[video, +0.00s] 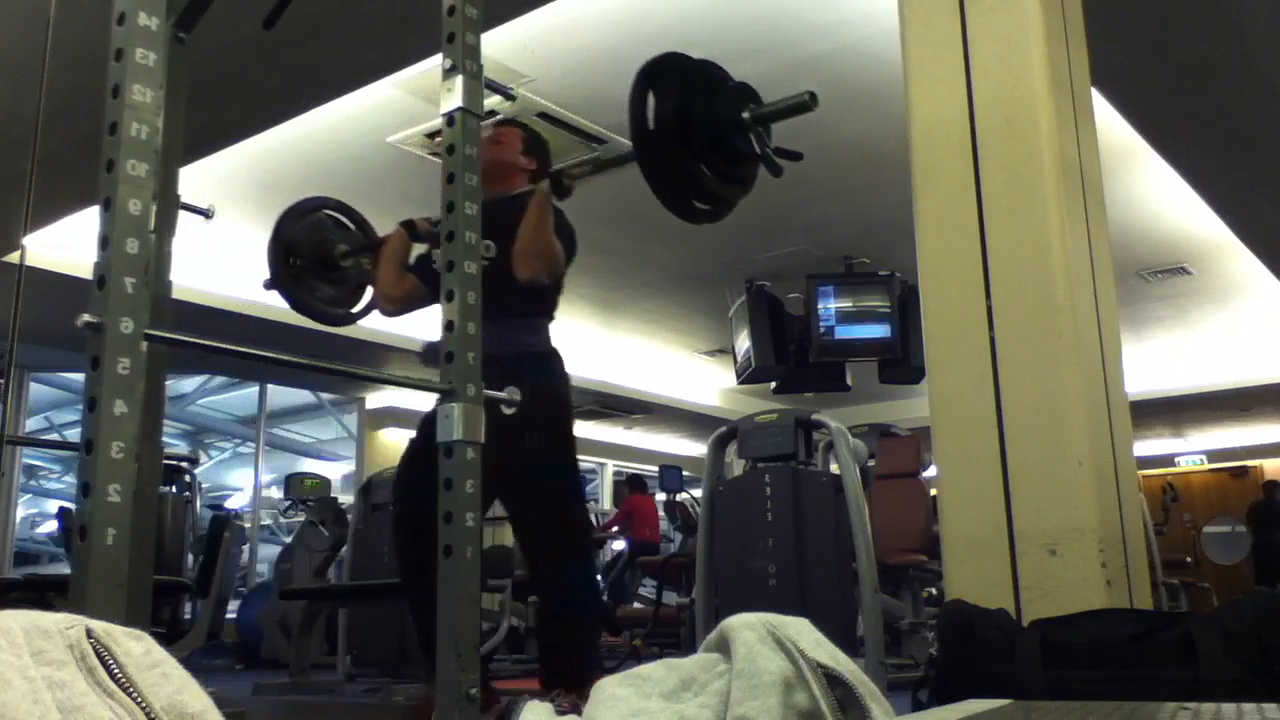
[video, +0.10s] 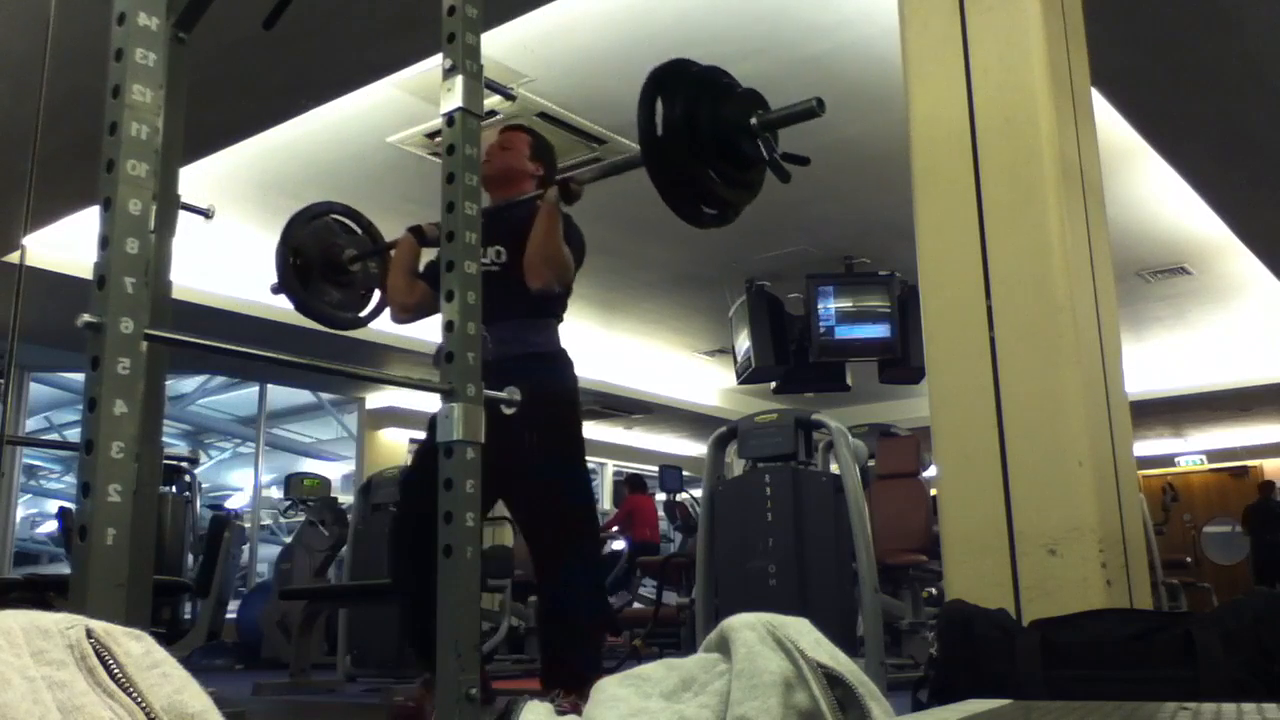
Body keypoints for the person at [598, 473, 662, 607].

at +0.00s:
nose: (626, 491)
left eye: (627, 488)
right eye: (626, 488)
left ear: (630, 488)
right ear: (644, 487)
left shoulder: (631, 501)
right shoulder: (650, 501)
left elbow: (616, 520)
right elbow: (637, 523)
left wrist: (601, 529)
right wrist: (620, 532)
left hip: (637, 546)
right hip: (654, 546)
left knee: (610, 569)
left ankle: (617, 601)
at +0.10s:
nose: (626, 490)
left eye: (626, 487)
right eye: (625, 487)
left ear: (630, 487)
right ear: (644, 486)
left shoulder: (631, 500)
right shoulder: (650, 500)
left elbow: (617, 519)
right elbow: (637, 522)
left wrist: (601, 529)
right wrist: (619, 532)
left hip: (637, 545)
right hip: (654, 545)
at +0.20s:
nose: (624, 490)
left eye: (625, 487)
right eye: (624, 487)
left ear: (629, 487)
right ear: (643, 485)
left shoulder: (631, 500)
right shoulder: (649, 501)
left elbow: (617, 520)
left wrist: (600, 530)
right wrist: (614, 534)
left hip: (637, 544)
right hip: (654, 545)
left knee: (604, 554)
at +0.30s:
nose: (624, 490)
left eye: (625, 486)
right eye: (624, 486)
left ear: (629, 487)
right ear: (643, 486)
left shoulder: (631, 501)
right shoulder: (649, 501)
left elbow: (615, 521)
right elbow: (631, 525)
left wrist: (598, 530)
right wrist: (613, 534)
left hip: (636, 546)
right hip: (654, 546)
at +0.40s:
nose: (624, 489)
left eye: (625, 486)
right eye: (624, 486)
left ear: (629, 487)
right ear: (642, 486)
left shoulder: (631, 501)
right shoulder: (649, 500)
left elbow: (617, 521)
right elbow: (636, 522)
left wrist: (600, 530)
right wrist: (619, 531)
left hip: (637, 545)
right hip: (655, 546)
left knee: (624, 575)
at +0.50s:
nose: (624, 490)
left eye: (625, 486)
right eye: (624, 487)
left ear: (629, 487)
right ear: (642, 485)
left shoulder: (632, 500)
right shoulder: (649, 501)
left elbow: (617, 518)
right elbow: (635, 522)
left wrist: (604, 528)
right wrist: (617, 532)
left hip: (638, 546)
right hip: (654, 546)